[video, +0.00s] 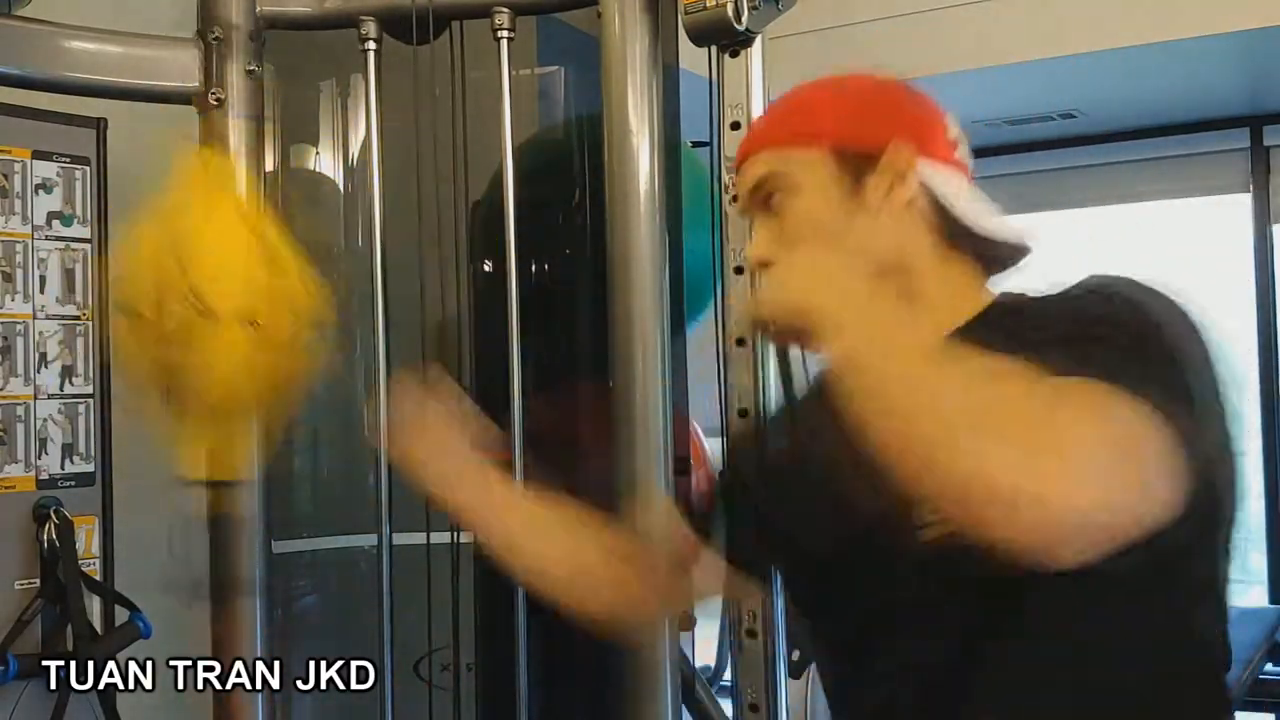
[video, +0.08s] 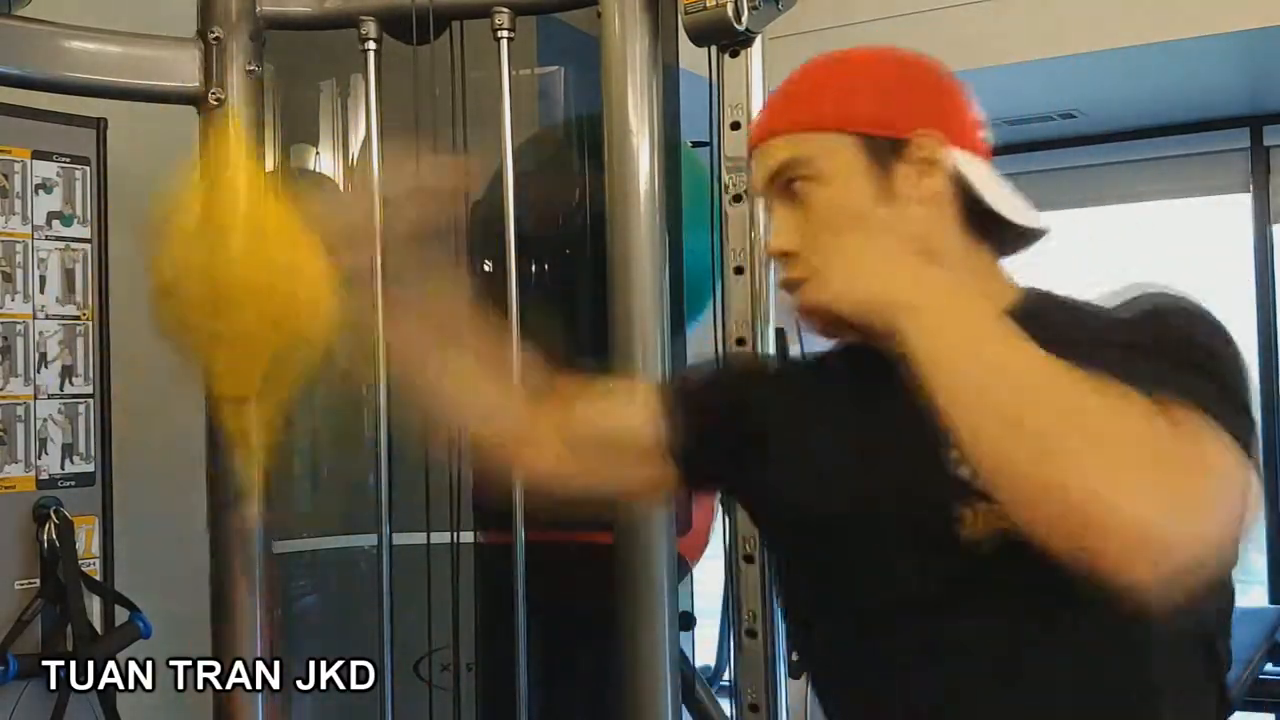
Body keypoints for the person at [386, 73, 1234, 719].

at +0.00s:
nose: (745, 249)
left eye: (770, 202)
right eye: (744, 222)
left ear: (894, 194)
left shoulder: (1111, 332)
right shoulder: (795, 451)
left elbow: (1054, 503)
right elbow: (638, 586)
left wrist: (845, 305)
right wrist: (464, 472)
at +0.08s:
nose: (773, 244)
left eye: (797, 190)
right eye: (766, 209)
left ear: (921, 181)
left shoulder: (1156, 345)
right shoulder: (784, 410)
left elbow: (1158, 541)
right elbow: (535, 430)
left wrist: (926, 291)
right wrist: (397, 270)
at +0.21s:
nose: (803, 266)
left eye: (831, 214)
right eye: (798, 227)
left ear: (959, 203)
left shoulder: (1185, 406)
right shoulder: (812, 421)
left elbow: (1179, 662)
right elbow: (571, 412)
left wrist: (975, 362)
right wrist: (793, 307)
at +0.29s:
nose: (811, 277)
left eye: (839, 223)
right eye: (811, 235)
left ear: (971, 214)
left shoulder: (1196, 425)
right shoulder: (827, 423)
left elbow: (1155, 685)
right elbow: (605, 414)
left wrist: (989, 421)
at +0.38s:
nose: (810, 272)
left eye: (836, 222)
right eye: (813, 232)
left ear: (965, 220)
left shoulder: (1195, 431)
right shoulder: (846, 401)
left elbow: (1112, 691)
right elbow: (600, 384)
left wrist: (945, 414)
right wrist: (893, 335)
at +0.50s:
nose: (800, 242)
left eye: (812, 200)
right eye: (801, 202)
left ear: (918, 199)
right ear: (915, 202)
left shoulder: (1106, 421)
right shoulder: (890, 363)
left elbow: (880, 681)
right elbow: (654, 335)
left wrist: (827, 405)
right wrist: (434, 296)